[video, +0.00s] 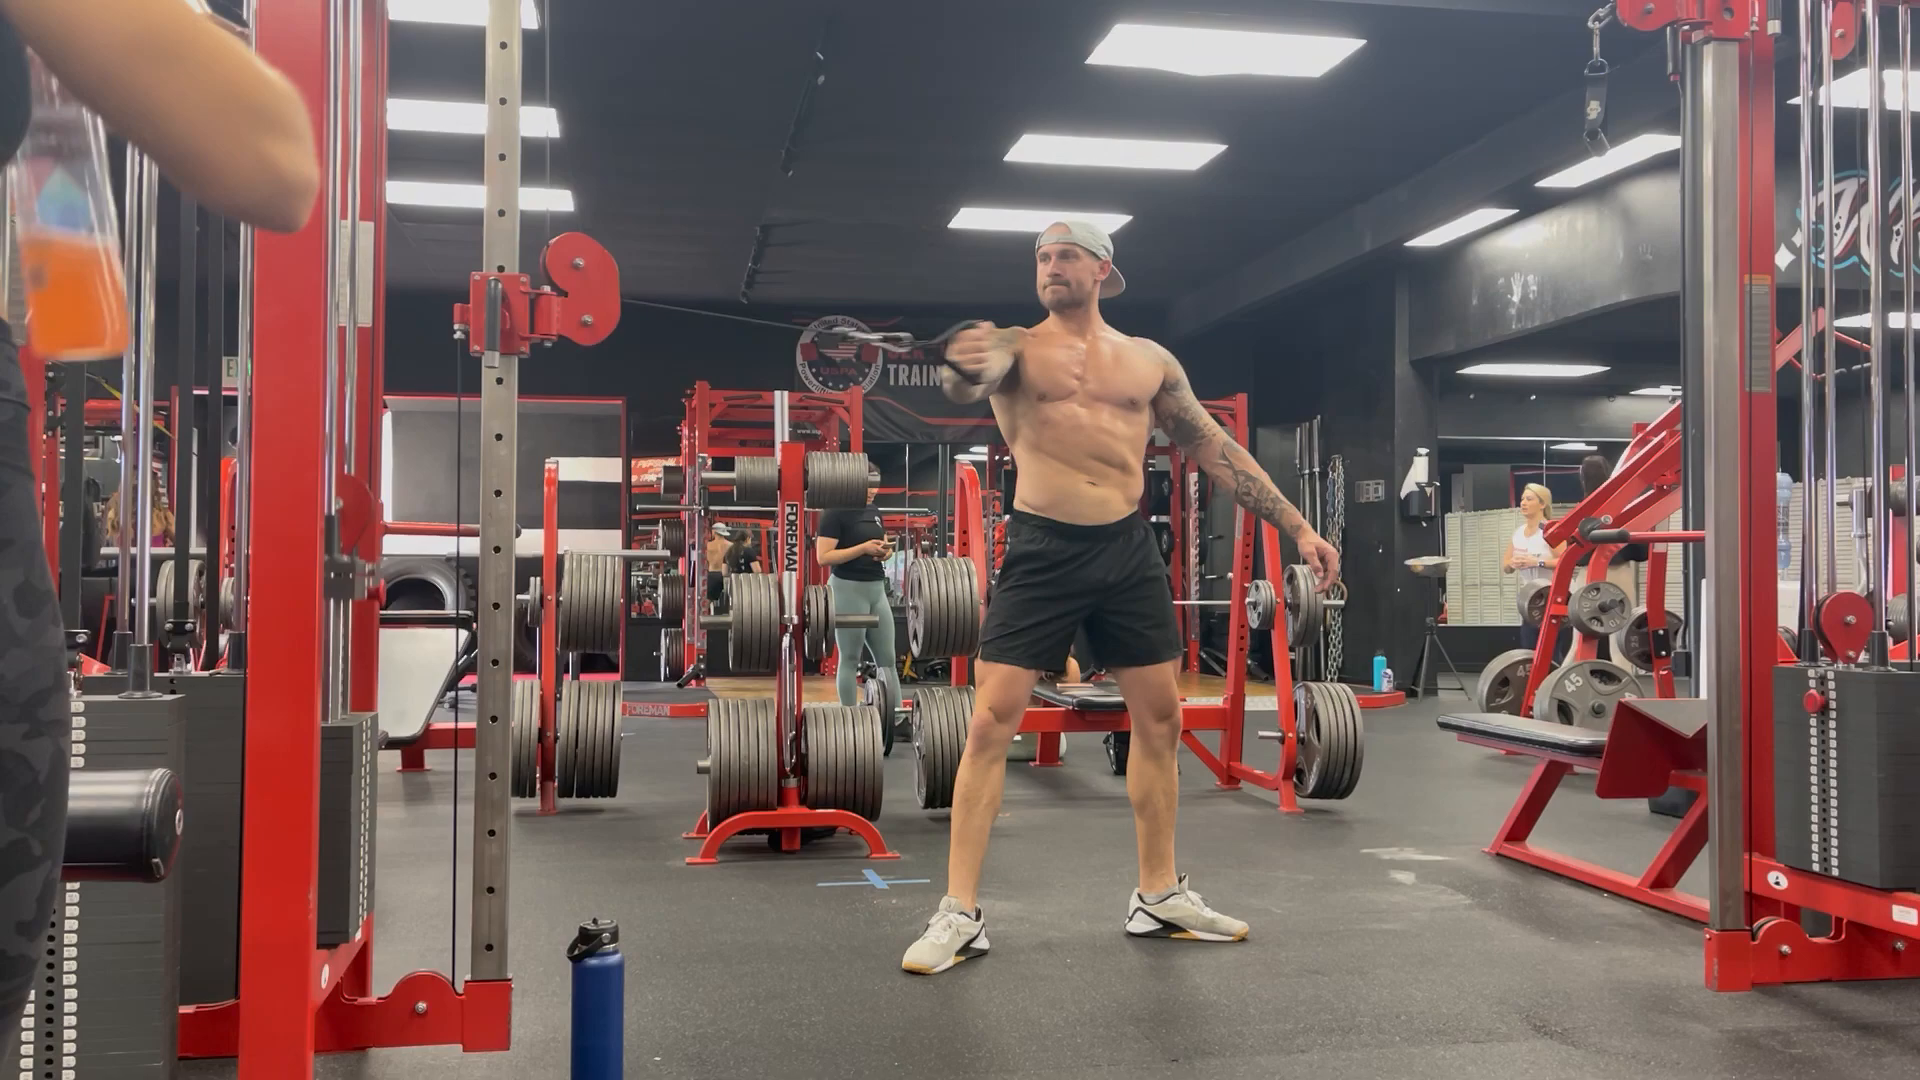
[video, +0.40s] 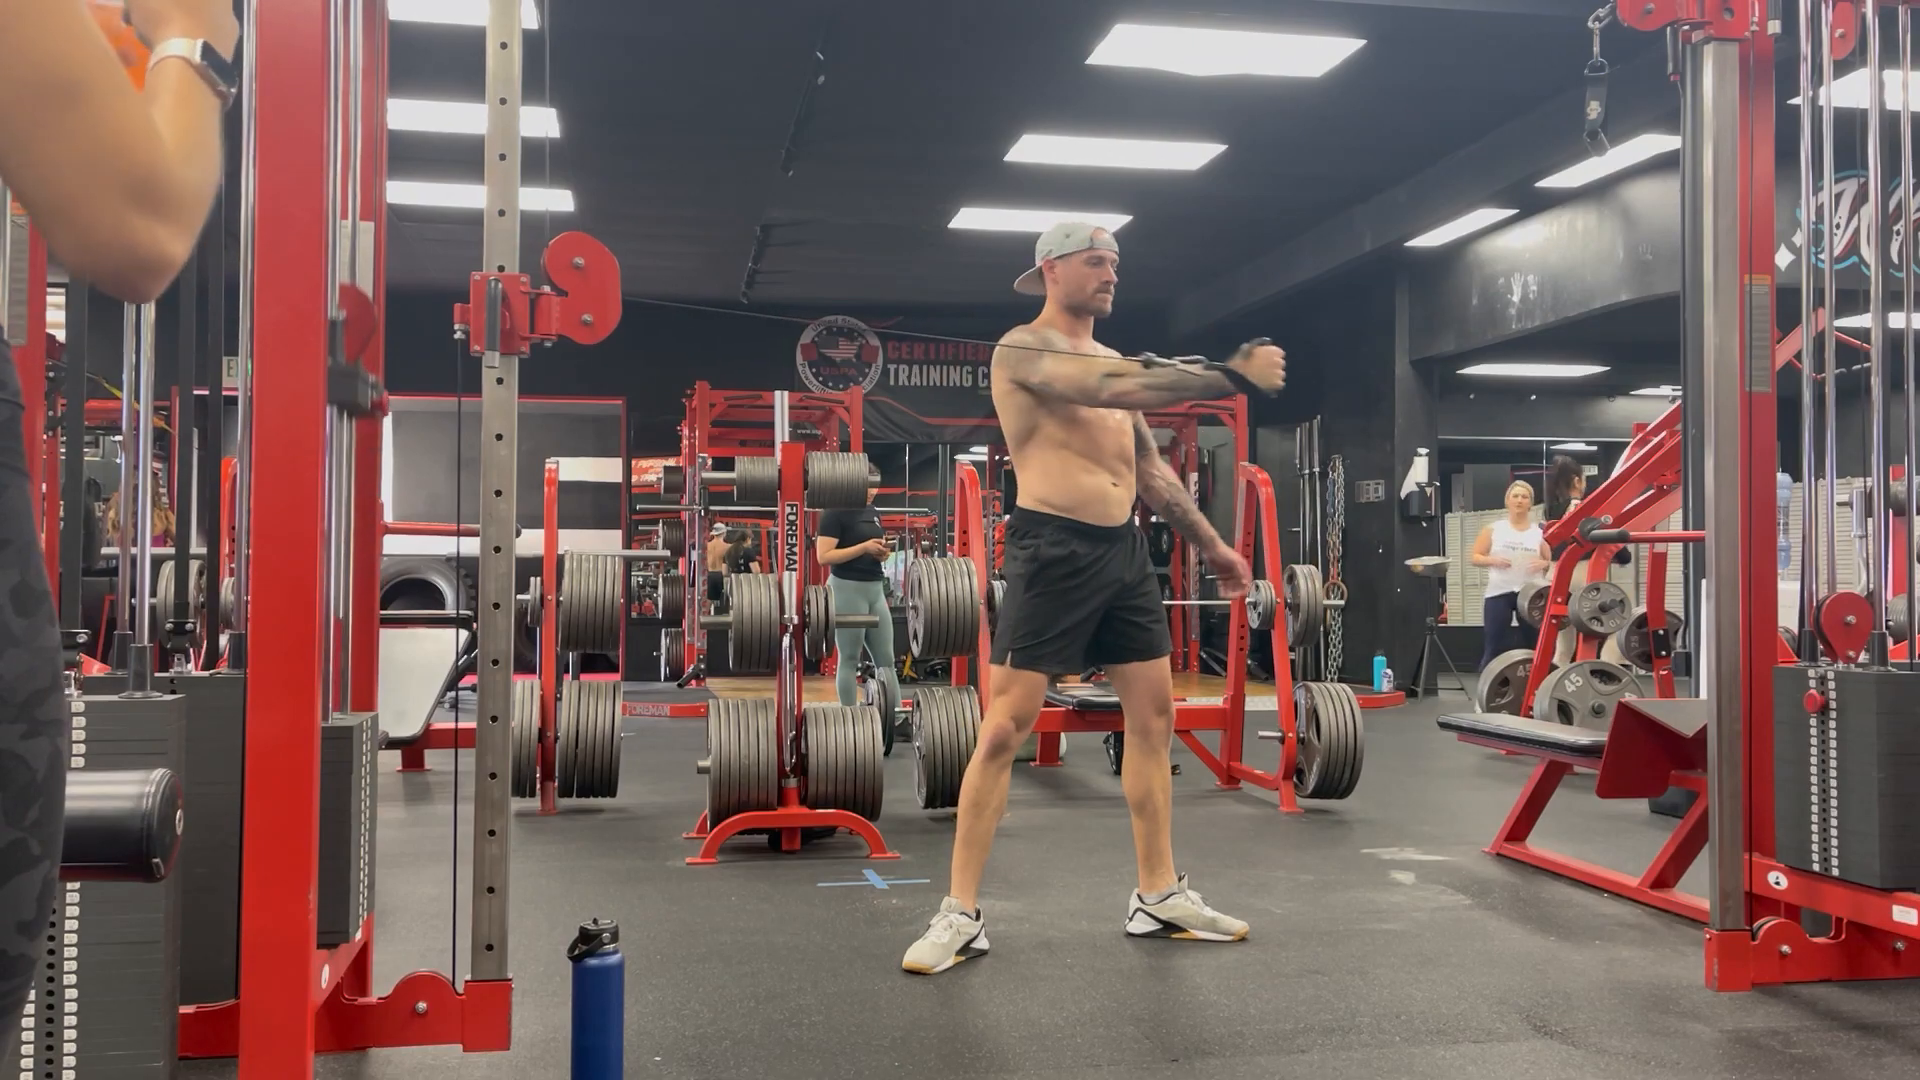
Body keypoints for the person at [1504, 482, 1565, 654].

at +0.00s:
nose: (1523, 503)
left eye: (1529, 499)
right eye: (1522, 499)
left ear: (1542, 504)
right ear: (1520, 503)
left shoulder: (1553, 530)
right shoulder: (1519, 532)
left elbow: (1565, 561)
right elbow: (1506, 567)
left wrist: (1537, 562)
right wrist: (1513, 563)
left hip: (1553, 598)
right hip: (1528, 597)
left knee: (1553, 652)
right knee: (1529, 648)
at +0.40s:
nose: (1519, 500)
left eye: (1524, 497)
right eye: (1515, 496)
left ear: (1531, 503)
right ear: (1507, 501)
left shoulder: (1539, 532)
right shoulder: (1493, 530)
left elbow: (1550, 563)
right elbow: (1475, 558)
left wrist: (1544, 564)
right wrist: (1493, 561)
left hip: (1530, 593)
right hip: (1499, 594)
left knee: (1535, 644)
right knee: (1494, 645)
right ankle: (1486, 692)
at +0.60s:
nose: (1517, 501)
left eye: (1520, 498)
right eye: (1513, 496)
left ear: (1521, 503)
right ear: (1499, 499)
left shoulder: (1524, 532)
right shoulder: (1482, 526)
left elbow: (1526, 563)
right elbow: (1464, 552)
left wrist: (1533, 567)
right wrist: (1496, 553)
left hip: (1512, 594)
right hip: (1483, 594)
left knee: (1525, 644)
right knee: (1484, 648)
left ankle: (1526, 694)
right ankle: (1482, 697)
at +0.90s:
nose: (1510, 503)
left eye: (1510, 499)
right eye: (1507, 498)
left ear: (1496, 501)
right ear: (1492, 499)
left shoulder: (1498, 526)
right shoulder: (1480, 527)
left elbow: (1492, 557)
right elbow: (1477, 561)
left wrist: (1512, 561)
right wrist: (1510, 558)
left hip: (1492, 594)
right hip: (1474, 597)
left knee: (1495, 646)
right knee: (1480, 647)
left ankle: (1492, 693)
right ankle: (1478, 695)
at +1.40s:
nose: (1494, 505)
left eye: (1494, 501)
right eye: (1491, 501)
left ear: (1475, 504)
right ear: (1479, 504)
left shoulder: (1464, 527)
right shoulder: (1477, 530)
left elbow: (1471, 561)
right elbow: (1483, 563)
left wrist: (1499, 557)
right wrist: (1505, 556)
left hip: (1460, 596)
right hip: (1474, 598)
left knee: (1461, 645)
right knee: (1484, 647)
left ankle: (1458, 695)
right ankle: (1480, 698)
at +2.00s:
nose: (1505, 506)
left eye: (1504, 502)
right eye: (1502, 502)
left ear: (1483, 506)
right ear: (1493, 505)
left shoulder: (1472, 529)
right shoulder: (1495, 531)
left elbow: (1470, 559)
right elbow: (1519, 563)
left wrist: (1507, 562)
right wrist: (1527, 565)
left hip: (1473, 599)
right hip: (1496, 600)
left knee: (1474, 647)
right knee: (1511, 647)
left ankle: (1460, 695)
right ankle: (1509, 696)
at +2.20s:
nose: (1516, 503)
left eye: (1515, 499)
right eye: (1513, 499)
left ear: (1492, 503)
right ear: (1505, 503)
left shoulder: (1482, 530)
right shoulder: (1509, 530)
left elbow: (1497, 560)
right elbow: (1538, 560)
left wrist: (1527, 561)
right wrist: (1541, 565)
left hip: (1484, 600)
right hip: (1505, 601)